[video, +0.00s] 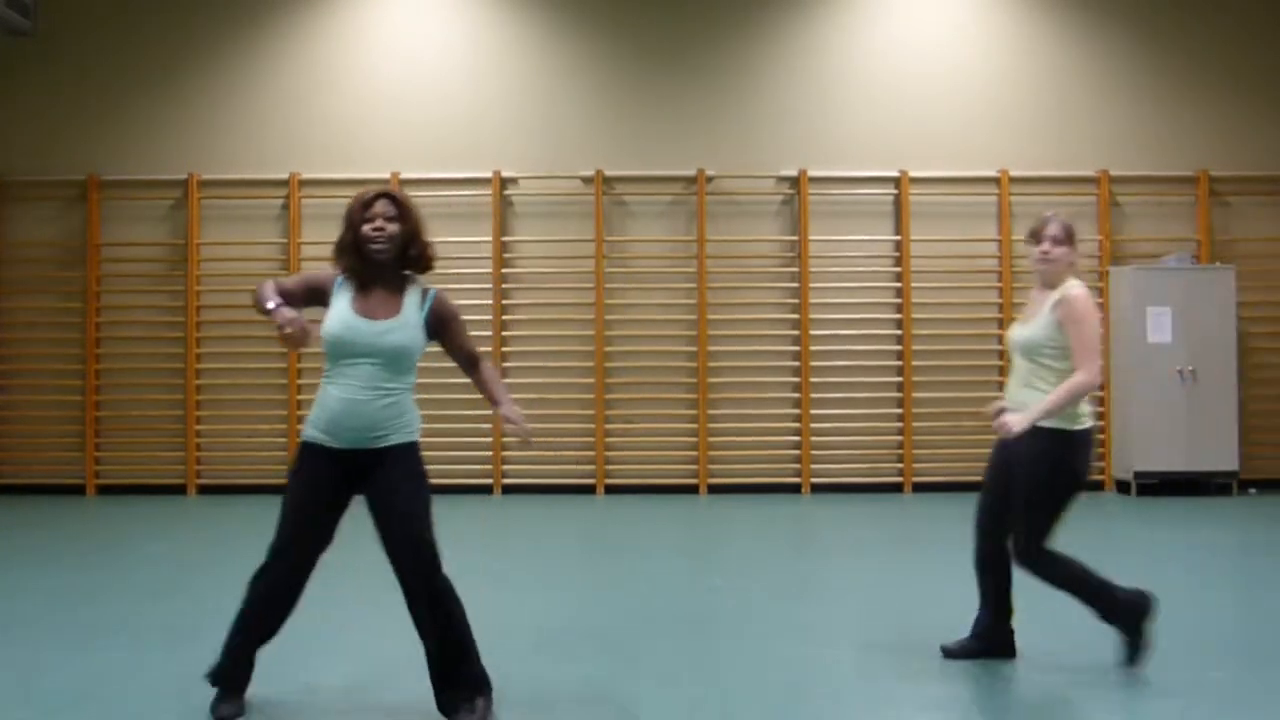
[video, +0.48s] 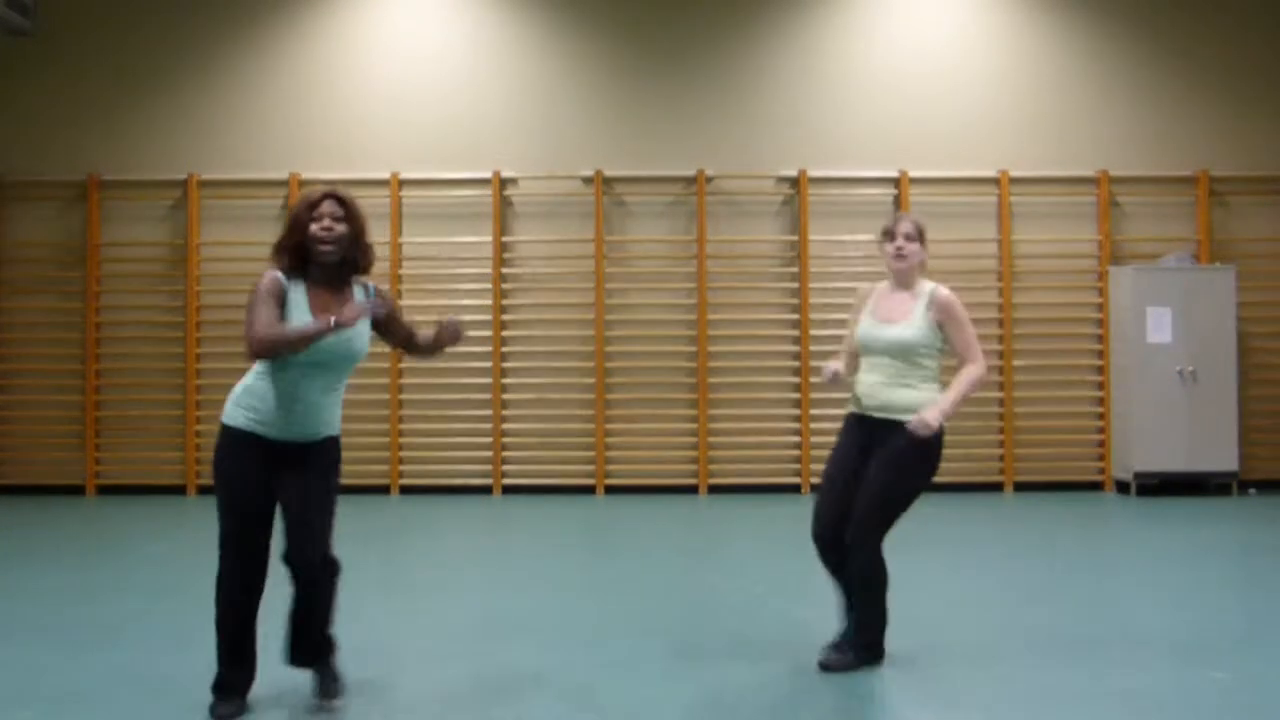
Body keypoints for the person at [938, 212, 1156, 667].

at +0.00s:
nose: (1047, 249)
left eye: (1058, 243)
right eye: (1040, 242)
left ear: (1073, 252)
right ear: (1031, 250)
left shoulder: (1075, 299)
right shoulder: (1038, 297)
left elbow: (1089, 374)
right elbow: (1037, 367)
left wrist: (1029, 415)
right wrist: (1010, 405)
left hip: (1059, 440)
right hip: (1021, 436)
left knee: (1028, 548)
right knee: (991, 533)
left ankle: (1127, 608)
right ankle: (993, 634)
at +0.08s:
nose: (1017, 250)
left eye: (1027, 243)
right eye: (1010, 242)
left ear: (1043, 253)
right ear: (1000, 250)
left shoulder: (1047, 301)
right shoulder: (1003, 297)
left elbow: (1069, 374)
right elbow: (999, 367)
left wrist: (1023, 430)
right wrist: (961, 394)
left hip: (1028, 436)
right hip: (990, 429)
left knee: (972, 534)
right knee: (968, 534)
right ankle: (991, 634)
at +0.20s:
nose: (977, 250)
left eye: (987, 244)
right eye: (970, 242)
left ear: (1001, 253)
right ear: (960, 250)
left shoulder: (1011, 302)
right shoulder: (955, 295)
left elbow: (1048, 368)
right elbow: (942, 359)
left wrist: (1015, 430)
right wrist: (902, 375)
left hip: (986, 434)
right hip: (945, 429)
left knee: (915, 524)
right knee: (953, 539)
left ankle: (919, 640)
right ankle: (992, 633)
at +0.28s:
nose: (951, 251)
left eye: (961, 245)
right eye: (944, 244)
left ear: (976, 254)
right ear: (934, 252)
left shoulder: (988, 304)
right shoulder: (925, 297)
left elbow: (1028, 367)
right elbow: (908, 365)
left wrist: (1001, 429)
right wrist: (872, 374)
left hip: (961, 436)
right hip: (916, 431)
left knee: (896, 529)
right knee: (926, 541)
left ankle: (867, 644)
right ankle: (985, 624)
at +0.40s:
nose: (920, 251)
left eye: (929, 244)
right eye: (912, 244)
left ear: (943, 256)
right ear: (900, 254)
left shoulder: (956, 306)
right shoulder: (890, 299)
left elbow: (989, 372)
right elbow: (873, 366)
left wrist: (964, 431)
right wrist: (849, 382)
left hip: (927, 434)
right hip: (879, 429)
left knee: (869, 534)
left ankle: (866, 644)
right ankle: (927, 596)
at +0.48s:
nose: (901, 246)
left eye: (910, 239)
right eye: (893, 239)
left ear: (924, 249)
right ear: (882, 248)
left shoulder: (939, 300)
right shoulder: (870, 297)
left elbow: (976, 365)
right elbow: (850, 361)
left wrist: (939, 410)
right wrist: (838, 370)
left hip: (911, 434)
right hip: (860, 427)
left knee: (862, 535)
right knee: (827, 530)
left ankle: (867, 646)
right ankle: (860, 622)